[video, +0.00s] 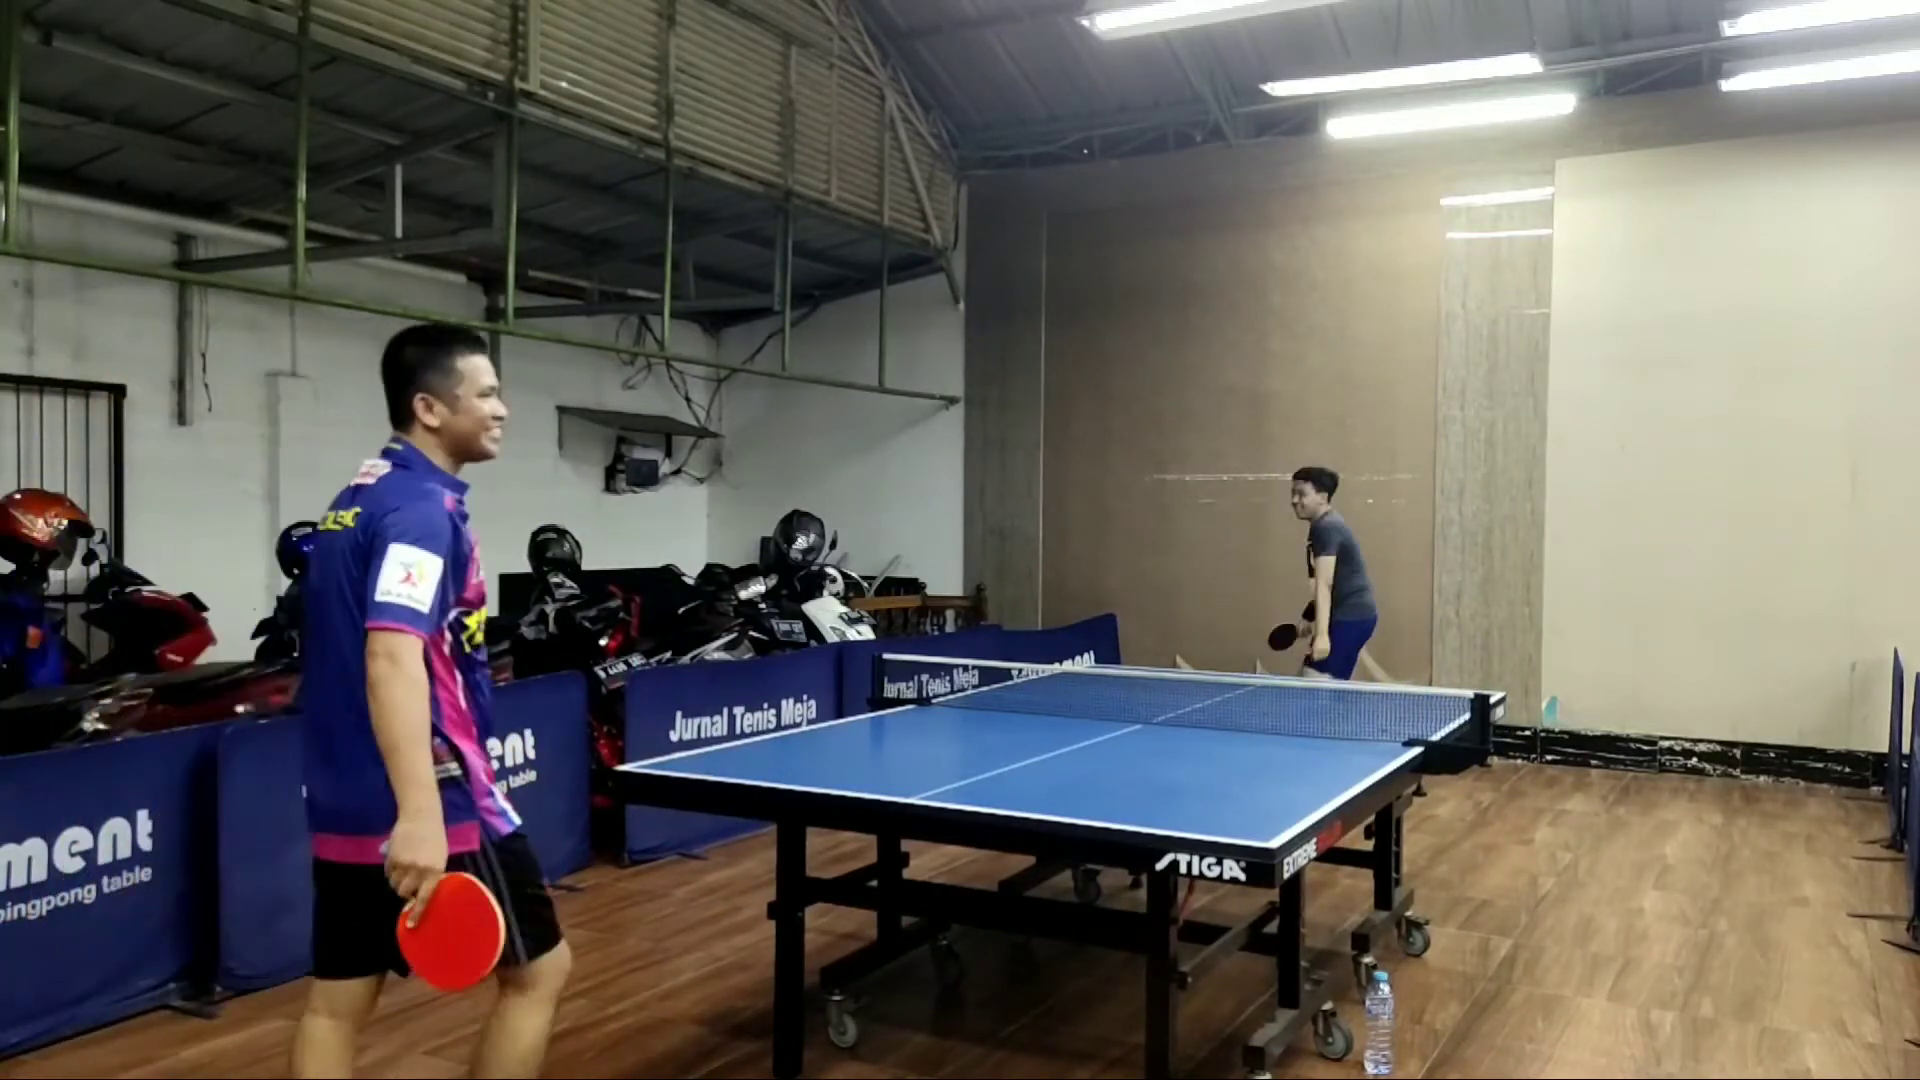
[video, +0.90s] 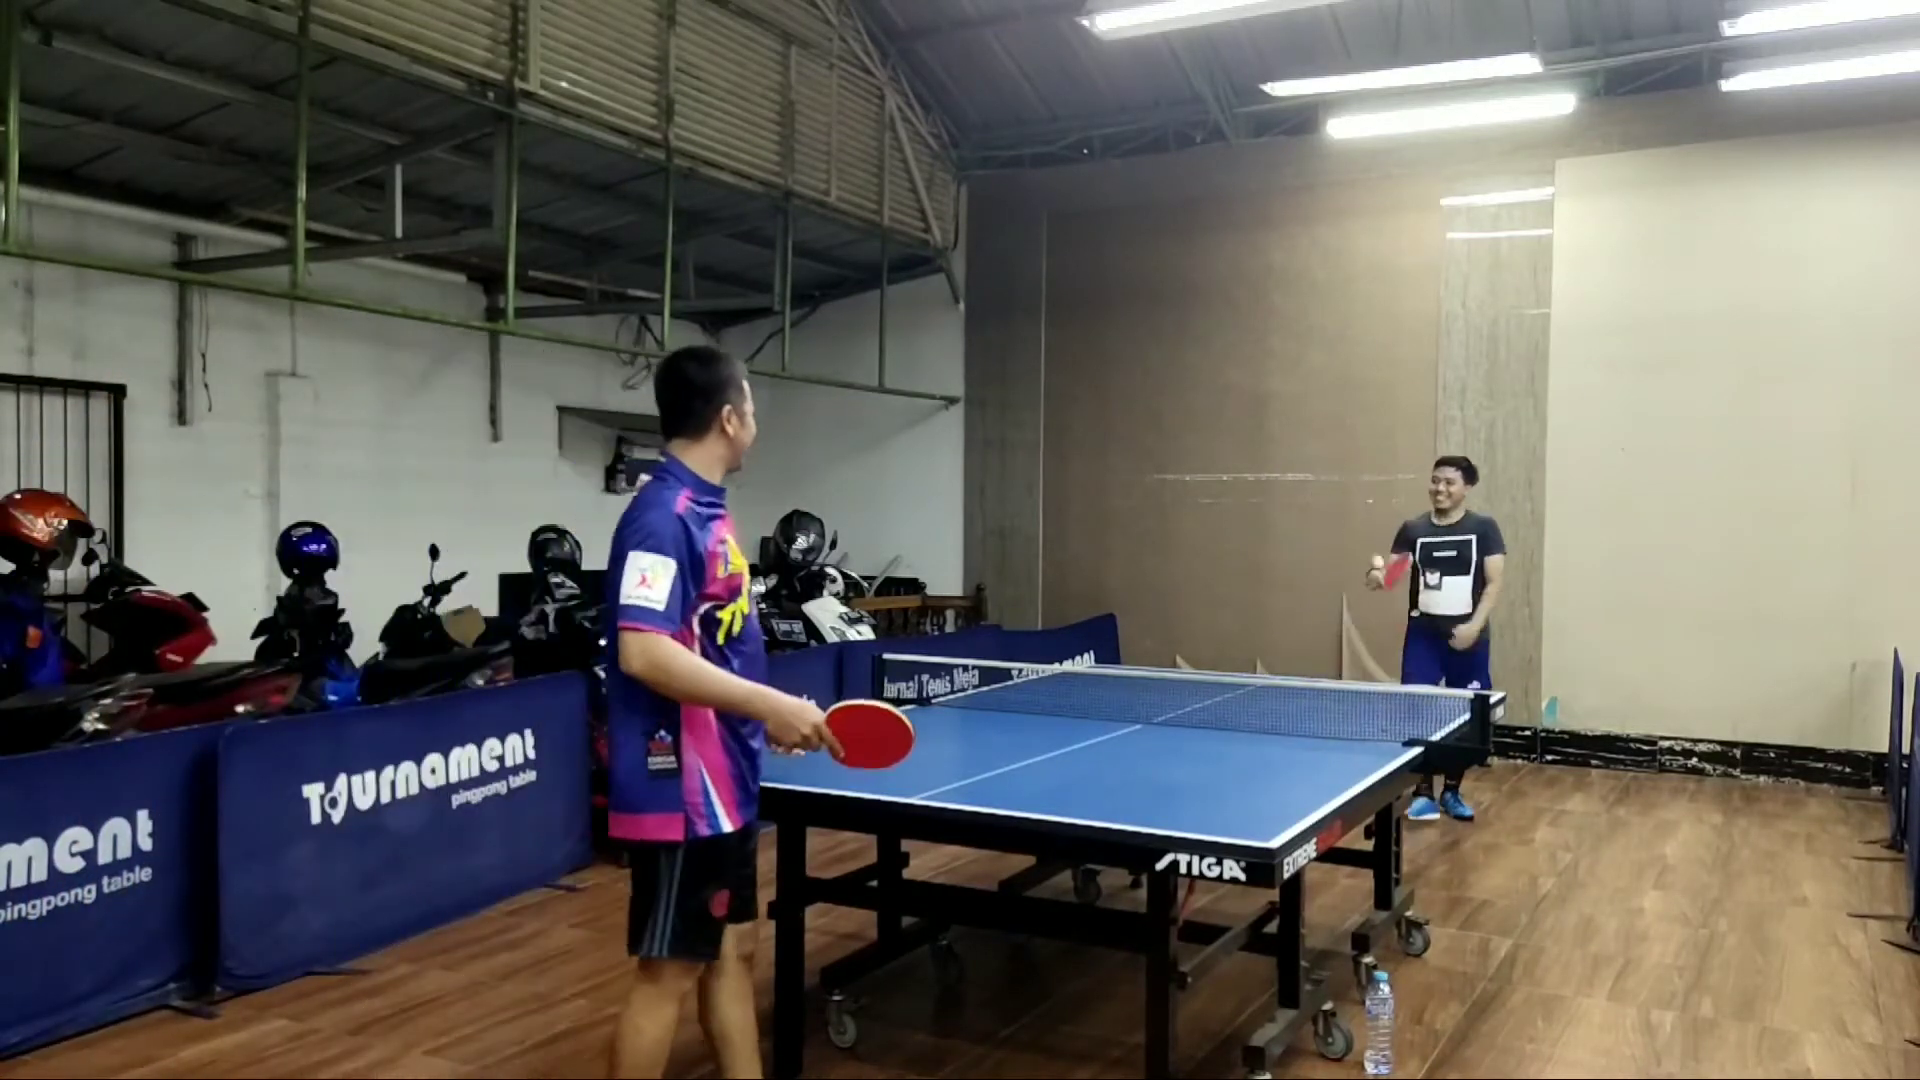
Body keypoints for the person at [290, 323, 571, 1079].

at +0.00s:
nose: (502, 409)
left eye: (499, 393)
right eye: (486, 394)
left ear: (425, 408)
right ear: (429, 407)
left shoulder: (358, 496)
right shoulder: (422, 505)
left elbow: (342, 658)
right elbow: (390, 657)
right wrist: (417, 813)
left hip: (348, 808)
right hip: (445, 809)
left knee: (337, 1002)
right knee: (539, 968)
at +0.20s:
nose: (571, 423)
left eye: (567, 408)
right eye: (559, 409)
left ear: (507, 422)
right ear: (515, 423)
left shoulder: (463, 507)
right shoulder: (484, 525)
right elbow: (440, 680)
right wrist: (473, 826)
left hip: (436, 811)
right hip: (519, 815)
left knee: (392, 988)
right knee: (572, 995)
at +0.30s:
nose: (608, 426)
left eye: (605, 410)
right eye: (601, 410)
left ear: (538, 421)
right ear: (568, 421)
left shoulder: (500, 505)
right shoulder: (527, 529)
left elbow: (512, 670)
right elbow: (493, 689)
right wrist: (533, 830)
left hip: (491, 806)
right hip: (567, 813)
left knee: (464, 969)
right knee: (612, 975)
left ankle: (391, 1074)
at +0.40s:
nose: (639, 424)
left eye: (636, 408)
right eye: (634, 409)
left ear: (561, 419)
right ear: (608, 420)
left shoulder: (527, 503)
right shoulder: (570, 529)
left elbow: (529, 669)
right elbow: (550, 687)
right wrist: (604, 820)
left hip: (536, 794)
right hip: (588, 801)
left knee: (561, 949)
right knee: (625, 971)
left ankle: (457, 1071)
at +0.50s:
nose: (667, 420)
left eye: (665, 404)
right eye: (663, 405)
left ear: (581, 414)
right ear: (639, 416)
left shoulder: (554, 502)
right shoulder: (600, 522)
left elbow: (573, 648)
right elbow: (597, 676)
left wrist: (653, 711)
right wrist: (678, 799)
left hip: (567, 782)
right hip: (602, 797)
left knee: (613, 948)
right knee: (625, 968)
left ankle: (528, 1068)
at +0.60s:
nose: (690, 418)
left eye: (687, 402)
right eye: (686, 403)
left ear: (612, 412)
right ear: (664, 412)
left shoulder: (596, 499)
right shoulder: (620, 515)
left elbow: (591, 652)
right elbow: (622, 665)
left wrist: (672, 745)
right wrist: (732, 758)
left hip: (636, 766)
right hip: (611, 778)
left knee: (699, 903)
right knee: (632, 971)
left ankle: (634, 1054)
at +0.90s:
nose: (754, 422)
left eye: (750, 407)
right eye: (750, 407)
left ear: (683, 416)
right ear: (729, 416)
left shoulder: (707, 509)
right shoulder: (662, 514)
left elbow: (706, 650)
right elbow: (642, 650)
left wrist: (778, 713)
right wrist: (767, 704)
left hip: (720, 775)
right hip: (674, 787)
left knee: (728, 951)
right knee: (666, 973)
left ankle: (746, 1074)